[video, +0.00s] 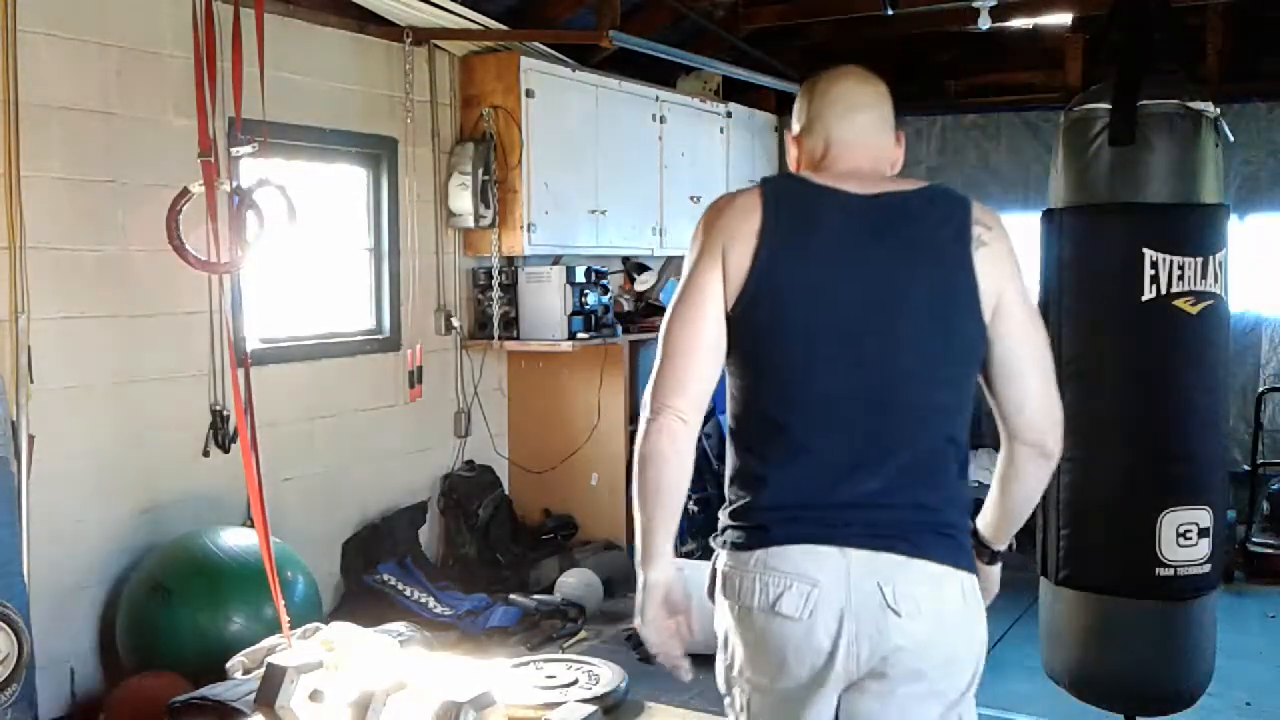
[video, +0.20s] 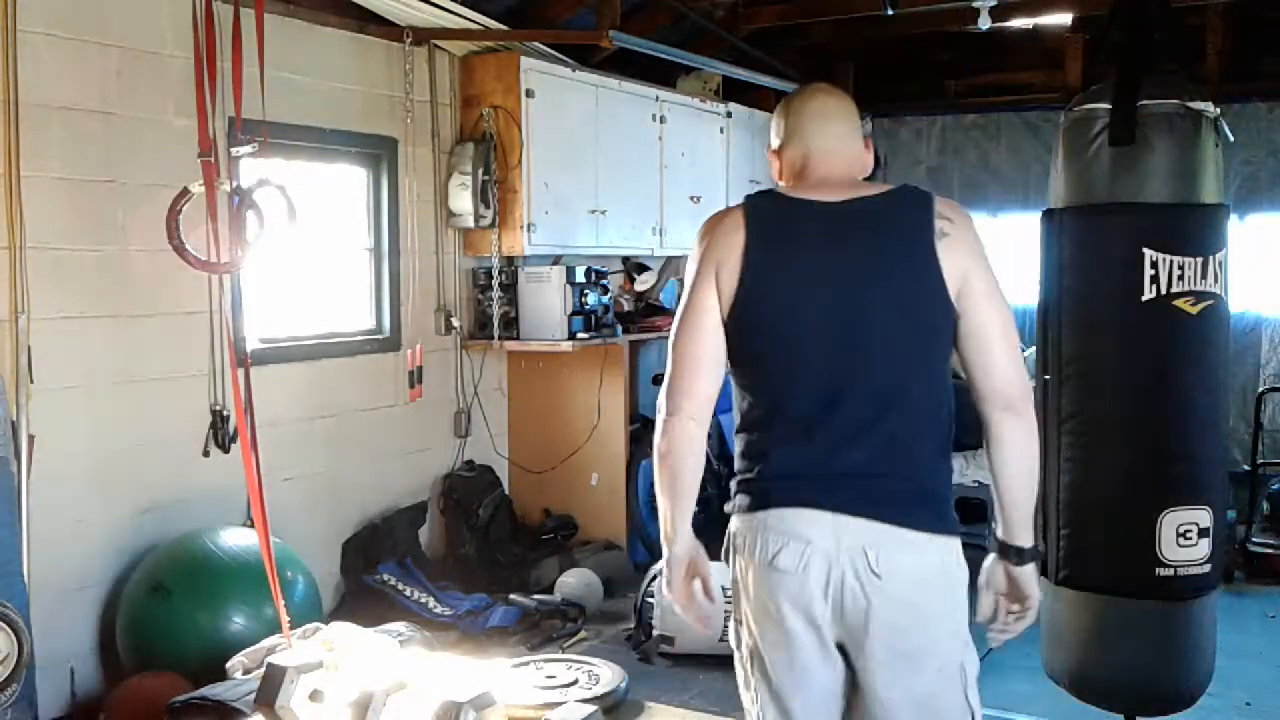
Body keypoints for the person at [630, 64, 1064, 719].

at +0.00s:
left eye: (788, 143)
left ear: (795, 149)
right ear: (899, 150)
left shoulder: (738, 218)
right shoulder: (976, 230)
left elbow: (672, 415)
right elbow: (1037, 436)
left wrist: (657, 569)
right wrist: (986, 545)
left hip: (778, 570)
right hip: (930, 576)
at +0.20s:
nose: (772, 165)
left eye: (771, 154)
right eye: (870, 144)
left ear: (777, 161)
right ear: (869, 152)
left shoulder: (728, 233)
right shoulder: (941, 223)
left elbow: (683, 412)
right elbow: (1009, 401)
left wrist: (678, 538)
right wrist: (1017, 549)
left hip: (777, 534)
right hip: (914, 539)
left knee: (787, 708)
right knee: (924, 707)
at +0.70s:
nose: (773, 201)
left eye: (770, 190)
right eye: (771, 190)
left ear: (784, 183)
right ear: (845, 177)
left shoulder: (773, 247)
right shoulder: (927, 245)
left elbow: (732, 393)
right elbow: (977, 378)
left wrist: (705, 482)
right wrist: (985, 492)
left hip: (821, 491)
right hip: (922, 488)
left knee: (807, 695)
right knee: (918, 662)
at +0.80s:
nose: (761, 210)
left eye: (758, 196)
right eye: (758, 198)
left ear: (776, 184)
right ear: (833, 178)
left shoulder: (781, 237)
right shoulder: (912, 236)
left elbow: (759, 383)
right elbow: (955, 367)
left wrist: (731, 496)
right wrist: (950, 475)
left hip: (826, 487)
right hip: (917, 477)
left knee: (780, 655)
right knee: (910, 650)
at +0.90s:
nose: (748, 218)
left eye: (745, 202)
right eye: (743, 205)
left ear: (768, 179)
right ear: (811, 174)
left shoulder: (787, 230)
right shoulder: (888, 227)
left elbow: (779, 374)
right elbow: (924, 361)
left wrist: (751, 499)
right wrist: (908, 454)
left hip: (824, 480)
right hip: (907, 470)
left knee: (750, 631)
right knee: (898, 635)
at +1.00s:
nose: (720, 220)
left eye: (720, 204)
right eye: (714, 208)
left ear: (752, 182)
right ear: (774, 181)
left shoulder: (785, 235)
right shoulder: (848, 227)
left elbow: (789, 377)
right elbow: (857, 363)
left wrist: (760, 504)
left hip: (819, 480)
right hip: (879, 466)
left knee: (734, 637)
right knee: (879, 633)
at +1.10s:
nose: (696, 221)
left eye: (697, 205)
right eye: (692, 209)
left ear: (732, 186)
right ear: (744, 185)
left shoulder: (770, 248)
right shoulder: (823, 232)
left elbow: (782, 390)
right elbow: (830, 370)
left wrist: (758, 515)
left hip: (782, 476)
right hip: (840, 463)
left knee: (724, 638)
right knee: (840, 626)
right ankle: (888, 717)